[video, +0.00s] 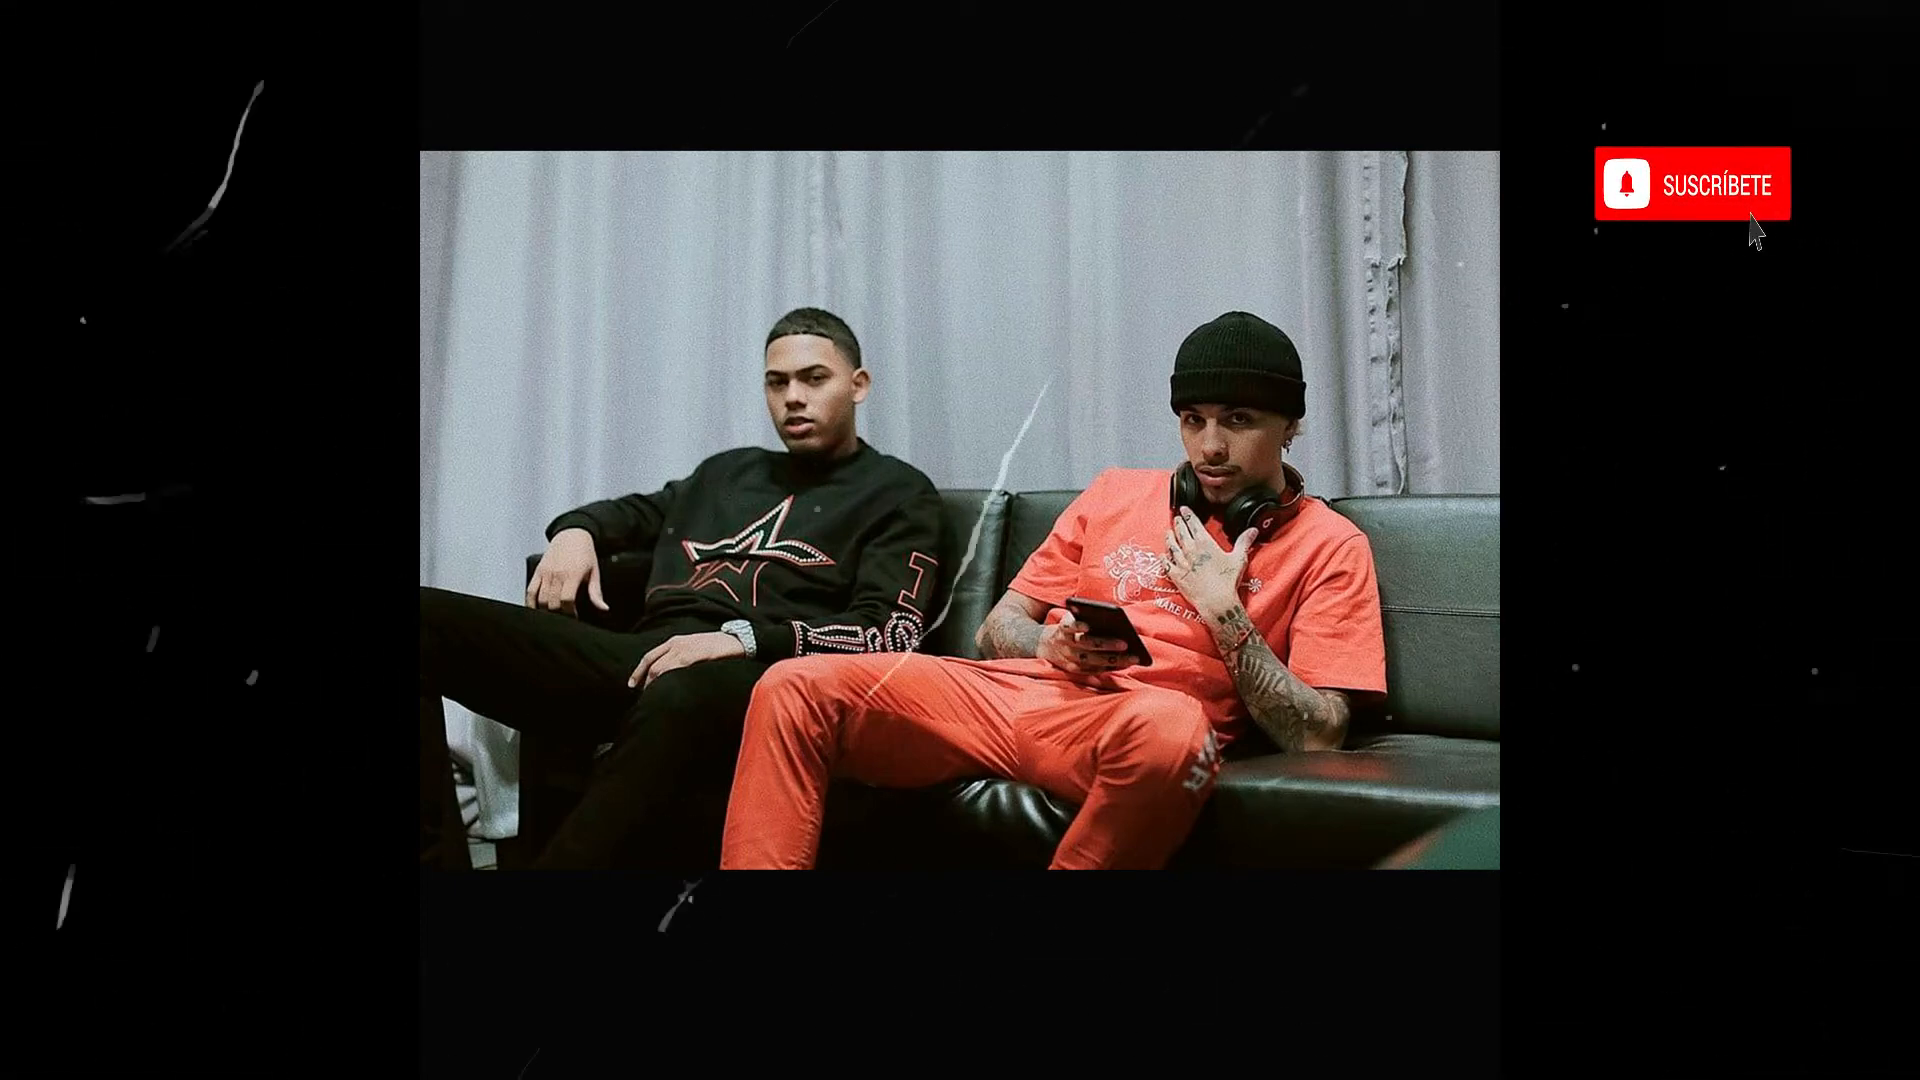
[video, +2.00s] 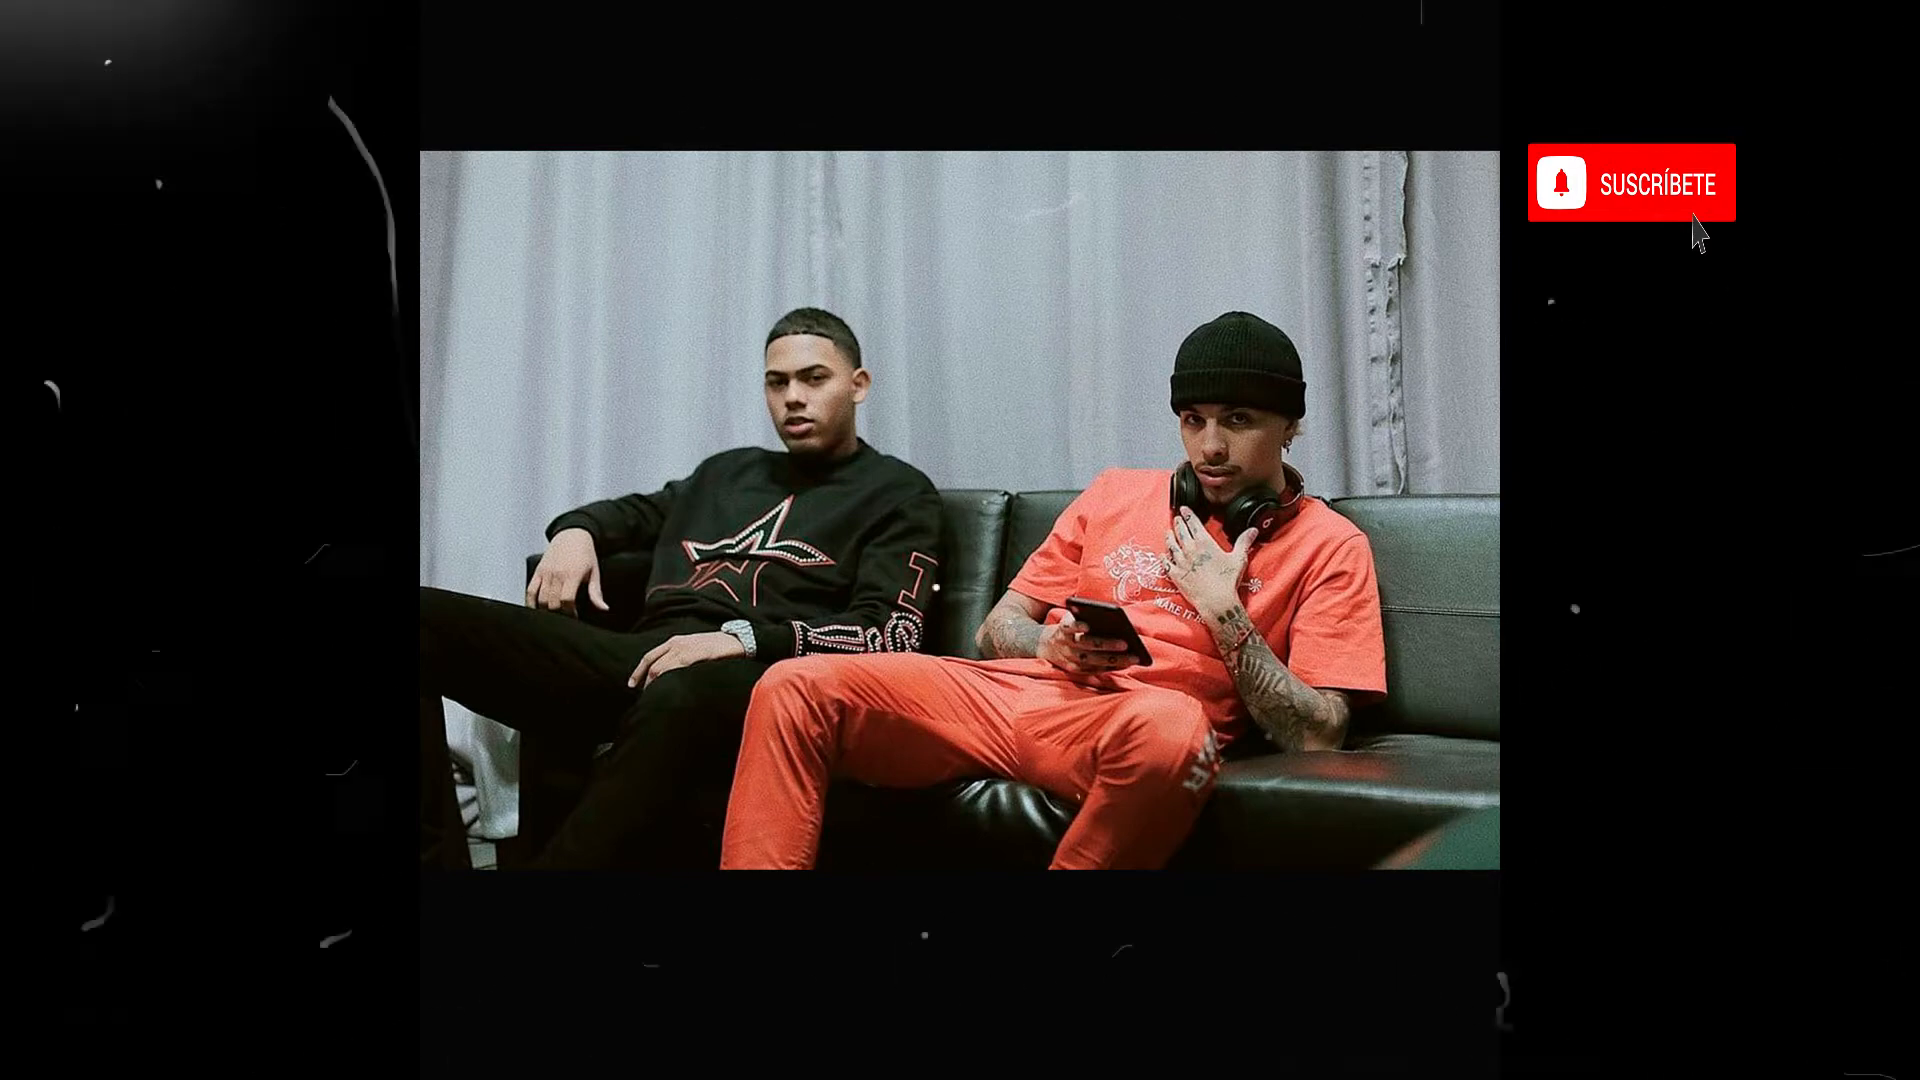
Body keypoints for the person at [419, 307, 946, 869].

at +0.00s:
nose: (793, 399)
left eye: (814, 379)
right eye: (779, 382)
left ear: (859, 385)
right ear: (765, 390)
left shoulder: (900, 494)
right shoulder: (728, 472)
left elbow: (892, 636)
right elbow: (642, 515)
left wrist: (744, 639)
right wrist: (575, 530)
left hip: (770, 681)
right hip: (636, 653)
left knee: (680, 702)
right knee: (426, 617)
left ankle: (561, 873)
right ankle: (441, 857)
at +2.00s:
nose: (793, 399)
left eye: (813, 379)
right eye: (779, 382)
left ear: (859, 385)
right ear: (765, 391)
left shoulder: (900, 493)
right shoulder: (728, 472)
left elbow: (894, 634)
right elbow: (640, 515)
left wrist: (742, 639)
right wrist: (574, 530)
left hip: (769, 681)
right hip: (637, 653)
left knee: (682, 699)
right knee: (425, 617)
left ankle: (562, 871)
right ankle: (440, 856)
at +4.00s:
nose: (793, 399)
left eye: (814, 378)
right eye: (779, 382)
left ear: (859, 385)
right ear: (765, 390)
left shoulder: (900, 494)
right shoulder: (727, 472)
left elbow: (893, 635)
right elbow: (643, 516)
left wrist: (743, 639)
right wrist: (575, 530)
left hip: (771, 681)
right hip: (637, 654)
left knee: (682, 701)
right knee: (424, 617)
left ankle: (561, 870)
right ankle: (440, 857)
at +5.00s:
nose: (793, 399)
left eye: (813, 379)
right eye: (779, 382)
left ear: (859, 385)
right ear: (765, 391)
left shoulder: (899, 494)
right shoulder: (728, 472)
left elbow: (892, 634)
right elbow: (641, 515)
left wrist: (743, 638)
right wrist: (575, 530)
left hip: (769, 681)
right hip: (637, 653)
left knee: (683, 699)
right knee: (424, 617)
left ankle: (561, 872)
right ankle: (441, 857)